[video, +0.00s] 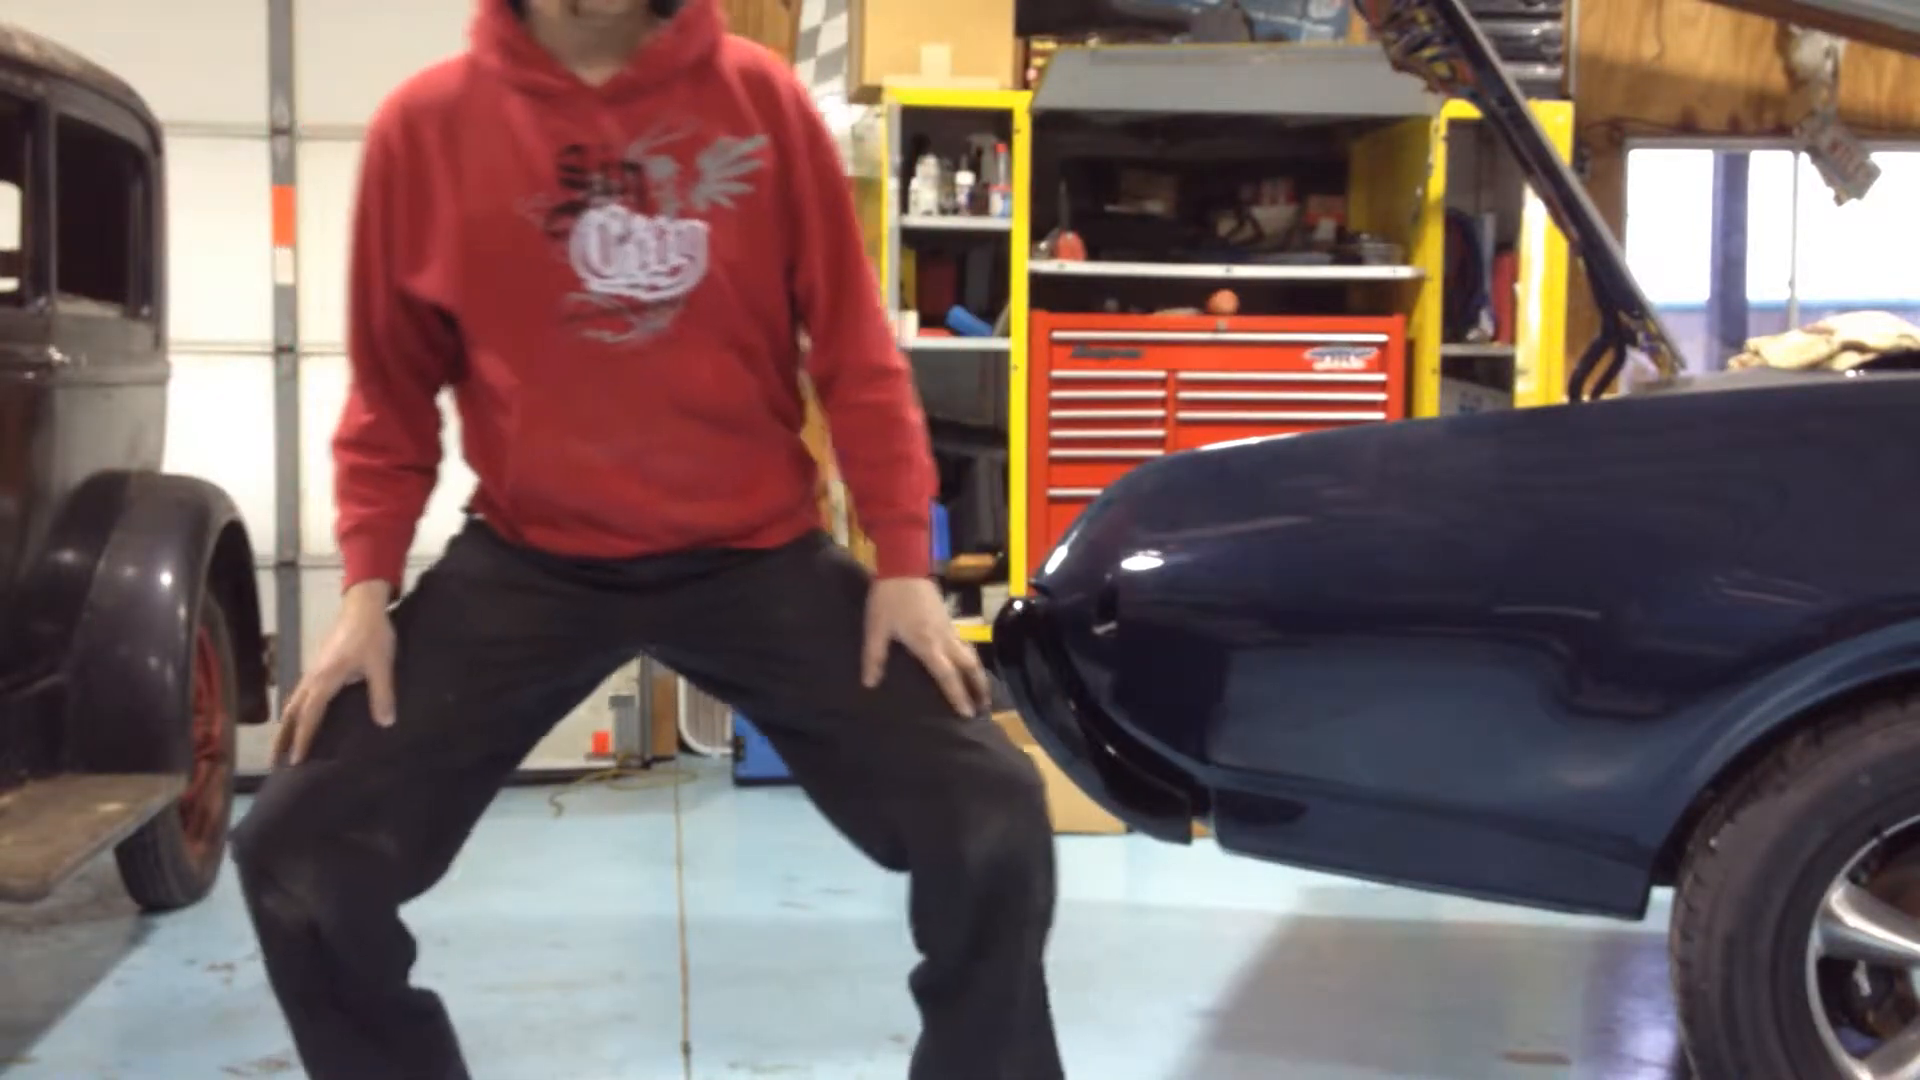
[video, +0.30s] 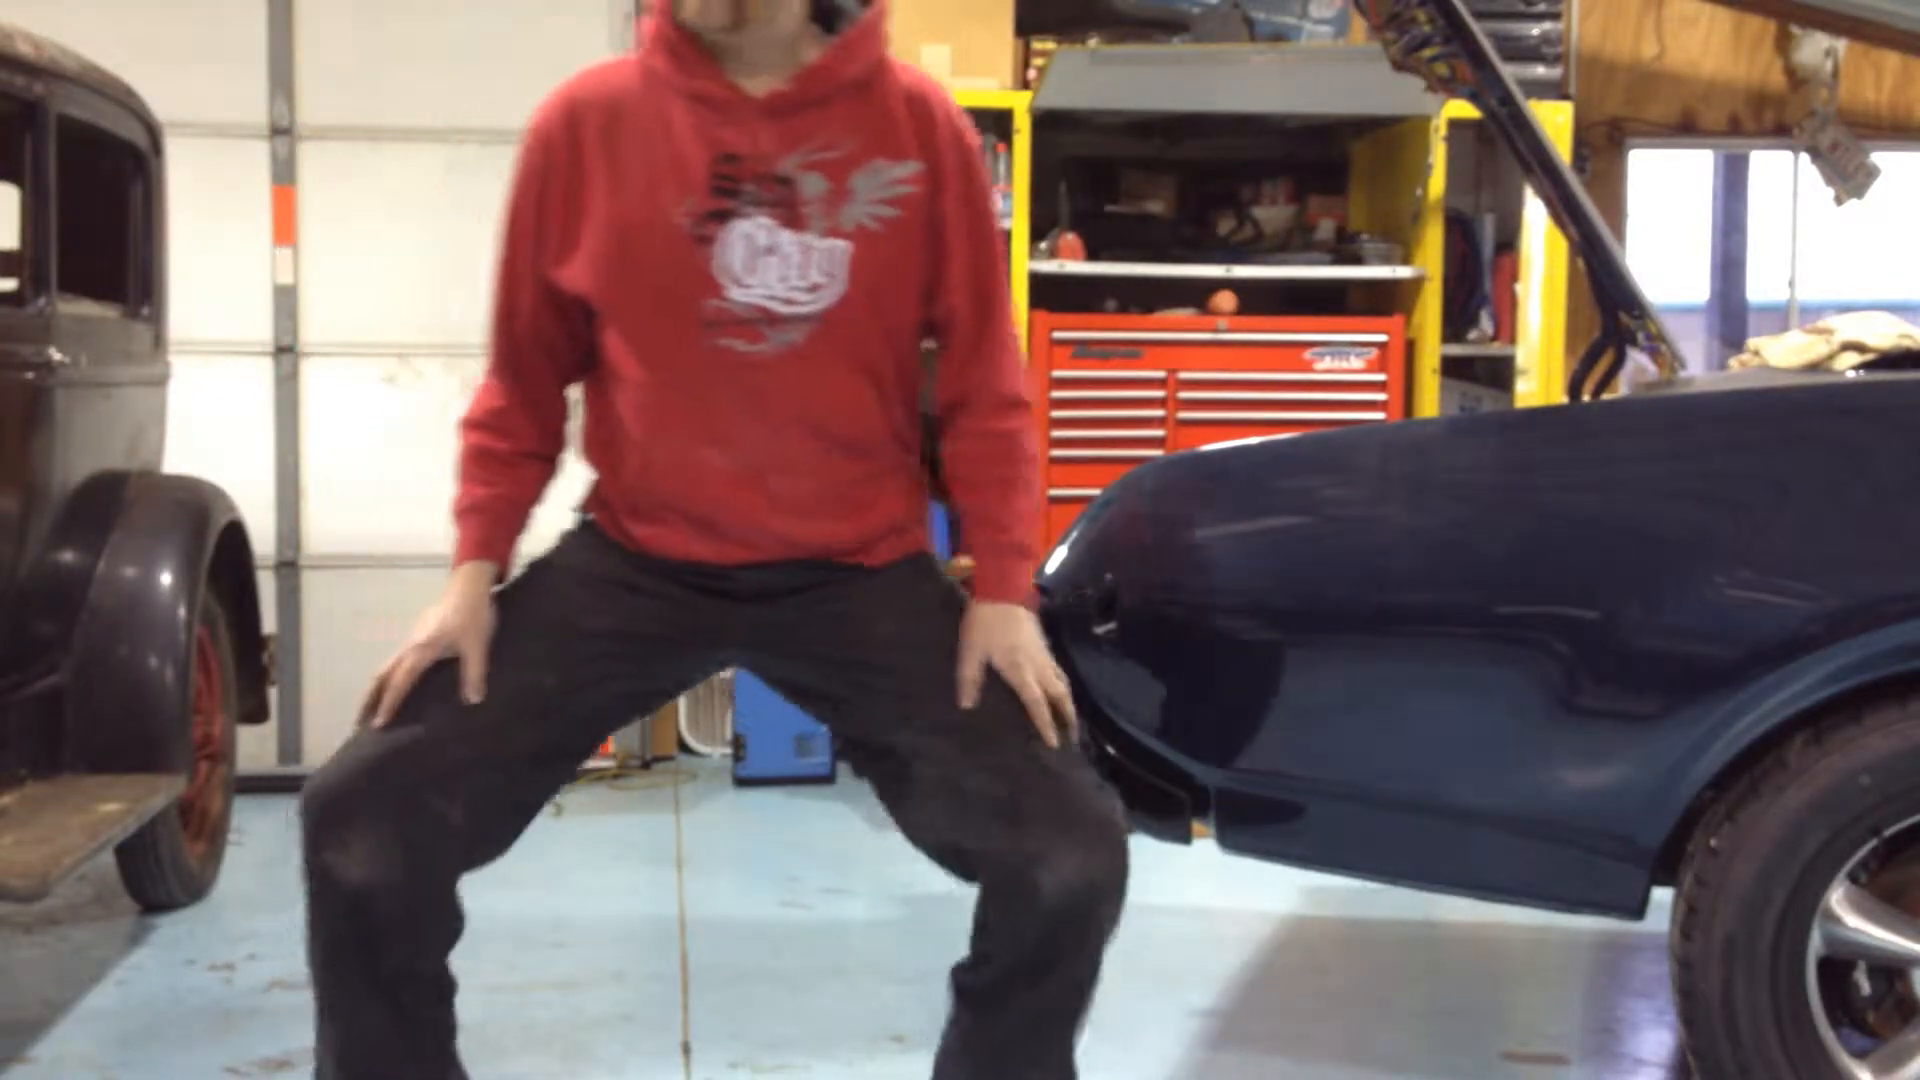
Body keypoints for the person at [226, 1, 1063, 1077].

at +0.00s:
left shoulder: (760, 103)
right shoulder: (427, 126)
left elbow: (854, 342)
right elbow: (390, 382)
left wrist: (905, 563)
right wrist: (366, 586)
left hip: (756, 561)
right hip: (528, 562)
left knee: (991, 821)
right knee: (302, 846)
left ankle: (979, 1071)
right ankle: (406, 1073)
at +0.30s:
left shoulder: (920, 128)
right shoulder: (587, 123)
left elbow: (982, 375)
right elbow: (524, 370)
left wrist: (1004, 588)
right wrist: (474, 570)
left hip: (859, 579)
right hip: (634, 566)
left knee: (1068, 847)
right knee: (366, 816)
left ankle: (996, 1073)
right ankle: (395, 1072)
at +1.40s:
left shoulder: (760, 87)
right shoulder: (426, 65)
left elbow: (844, 320)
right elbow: (349, 302)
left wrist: (877, 541)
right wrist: (346, 532)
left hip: (705, 525)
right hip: (484, 535)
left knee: (931, 793)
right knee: (345, 895)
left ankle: (989, 1067)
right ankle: (418, 1070)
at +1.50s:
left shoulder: (713, 55)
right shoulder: (375, 41)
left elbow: (845, 254)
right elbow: (265, 272)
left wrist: (924, 465)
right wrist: (260, 497)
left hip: (651, 500)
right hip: (433, 513)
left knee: (876, 780)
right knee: (351, 896)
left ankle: (893, 1067)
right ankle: (413, 1073)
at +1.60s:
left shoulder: (687, 36)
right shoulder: (342, 25)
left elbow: (837, 193)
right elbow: (258, 259)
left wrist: (1008, 354)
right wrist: (215, 489)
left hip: (607, 484)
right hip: (404, 487)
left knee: (789, 762)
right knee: (380, 905)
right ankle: (351, 1029)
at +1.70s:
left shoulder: (663, 32)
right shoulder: (316, 28)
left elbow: (825, 149)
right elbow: (240, 254)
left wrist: (1026, 267)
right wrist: (235, 485)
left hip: (586, 473)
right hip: (383, 479)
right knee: (375, 880)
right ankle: (295, 1059)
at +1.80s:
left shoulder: (649, 39)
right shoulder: (300, 28)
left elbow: (778, 202)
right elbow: (215, 246)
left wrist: (961, 310)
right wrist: (261, 452)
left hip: (584, 463)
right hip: (383, 480)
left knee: (815, 658)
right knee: (374, 861)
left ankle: (564, 925)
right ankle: (309, 1064)